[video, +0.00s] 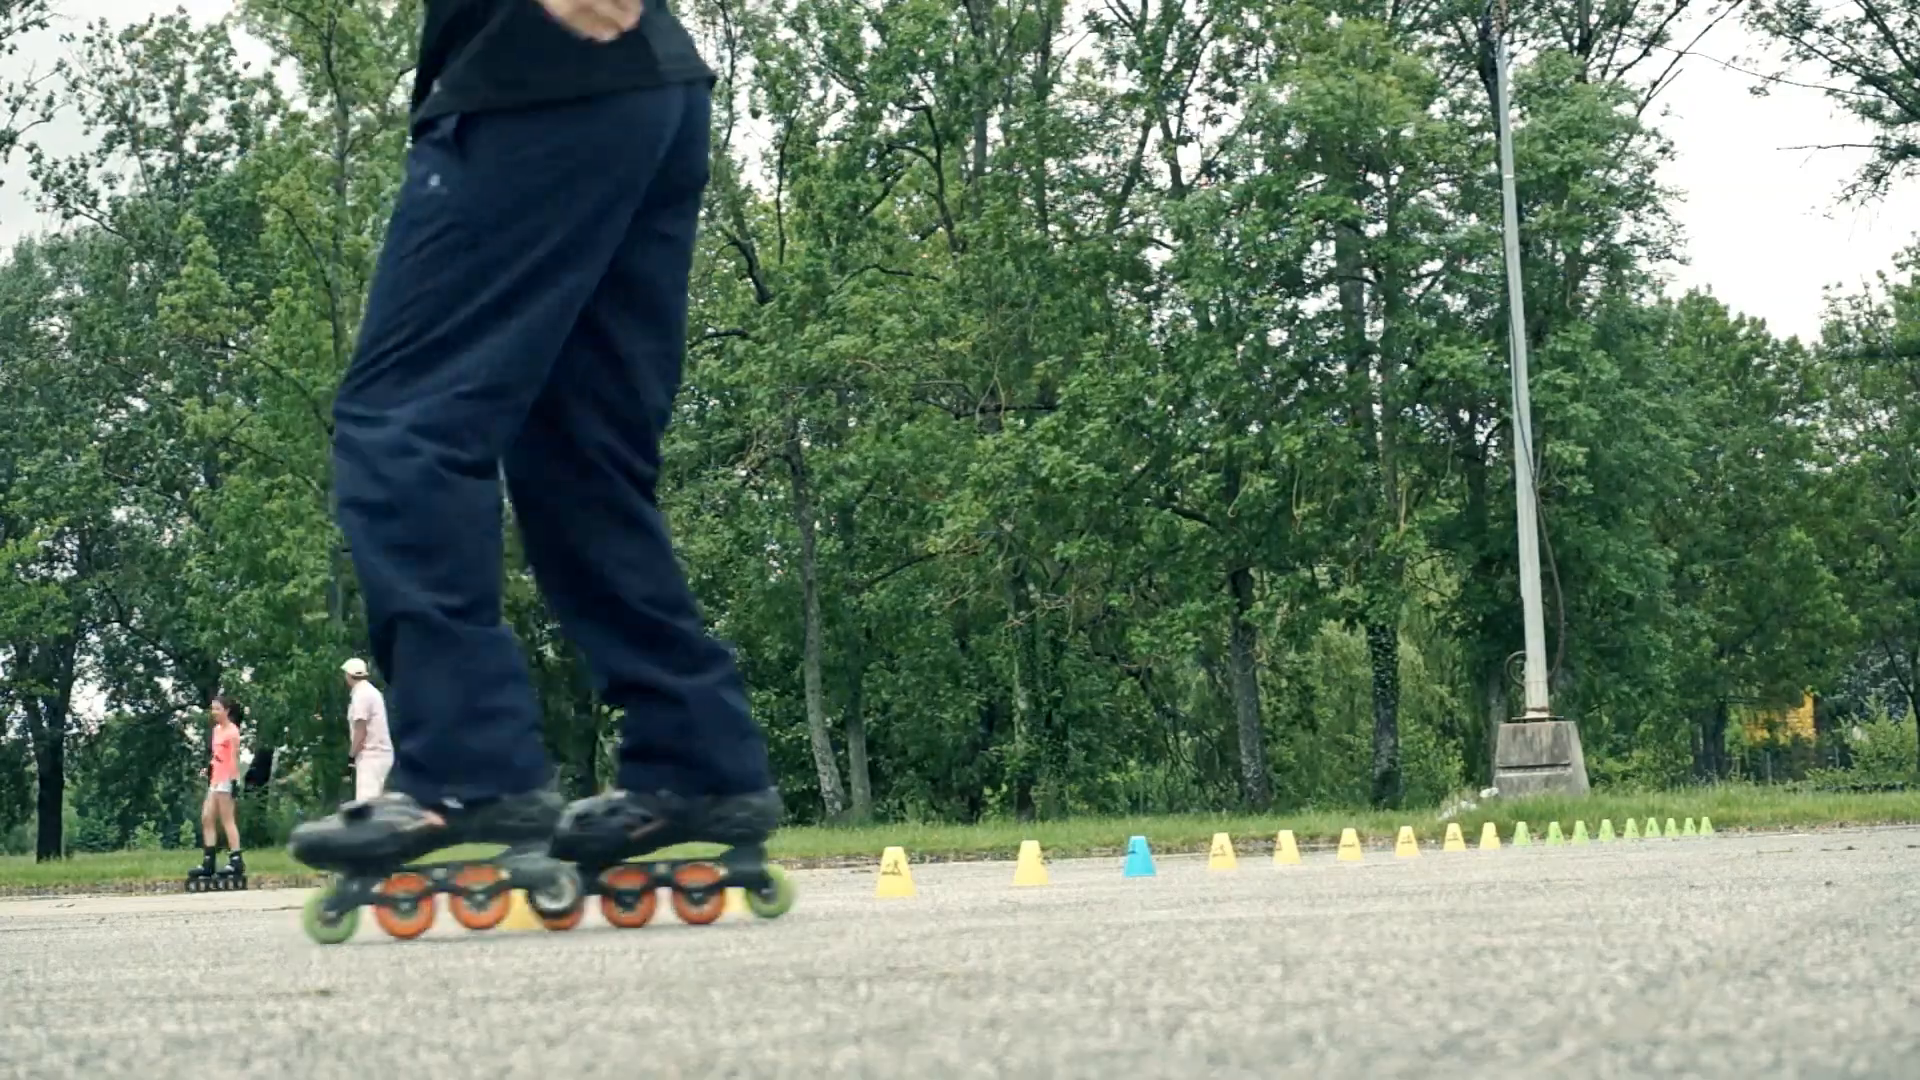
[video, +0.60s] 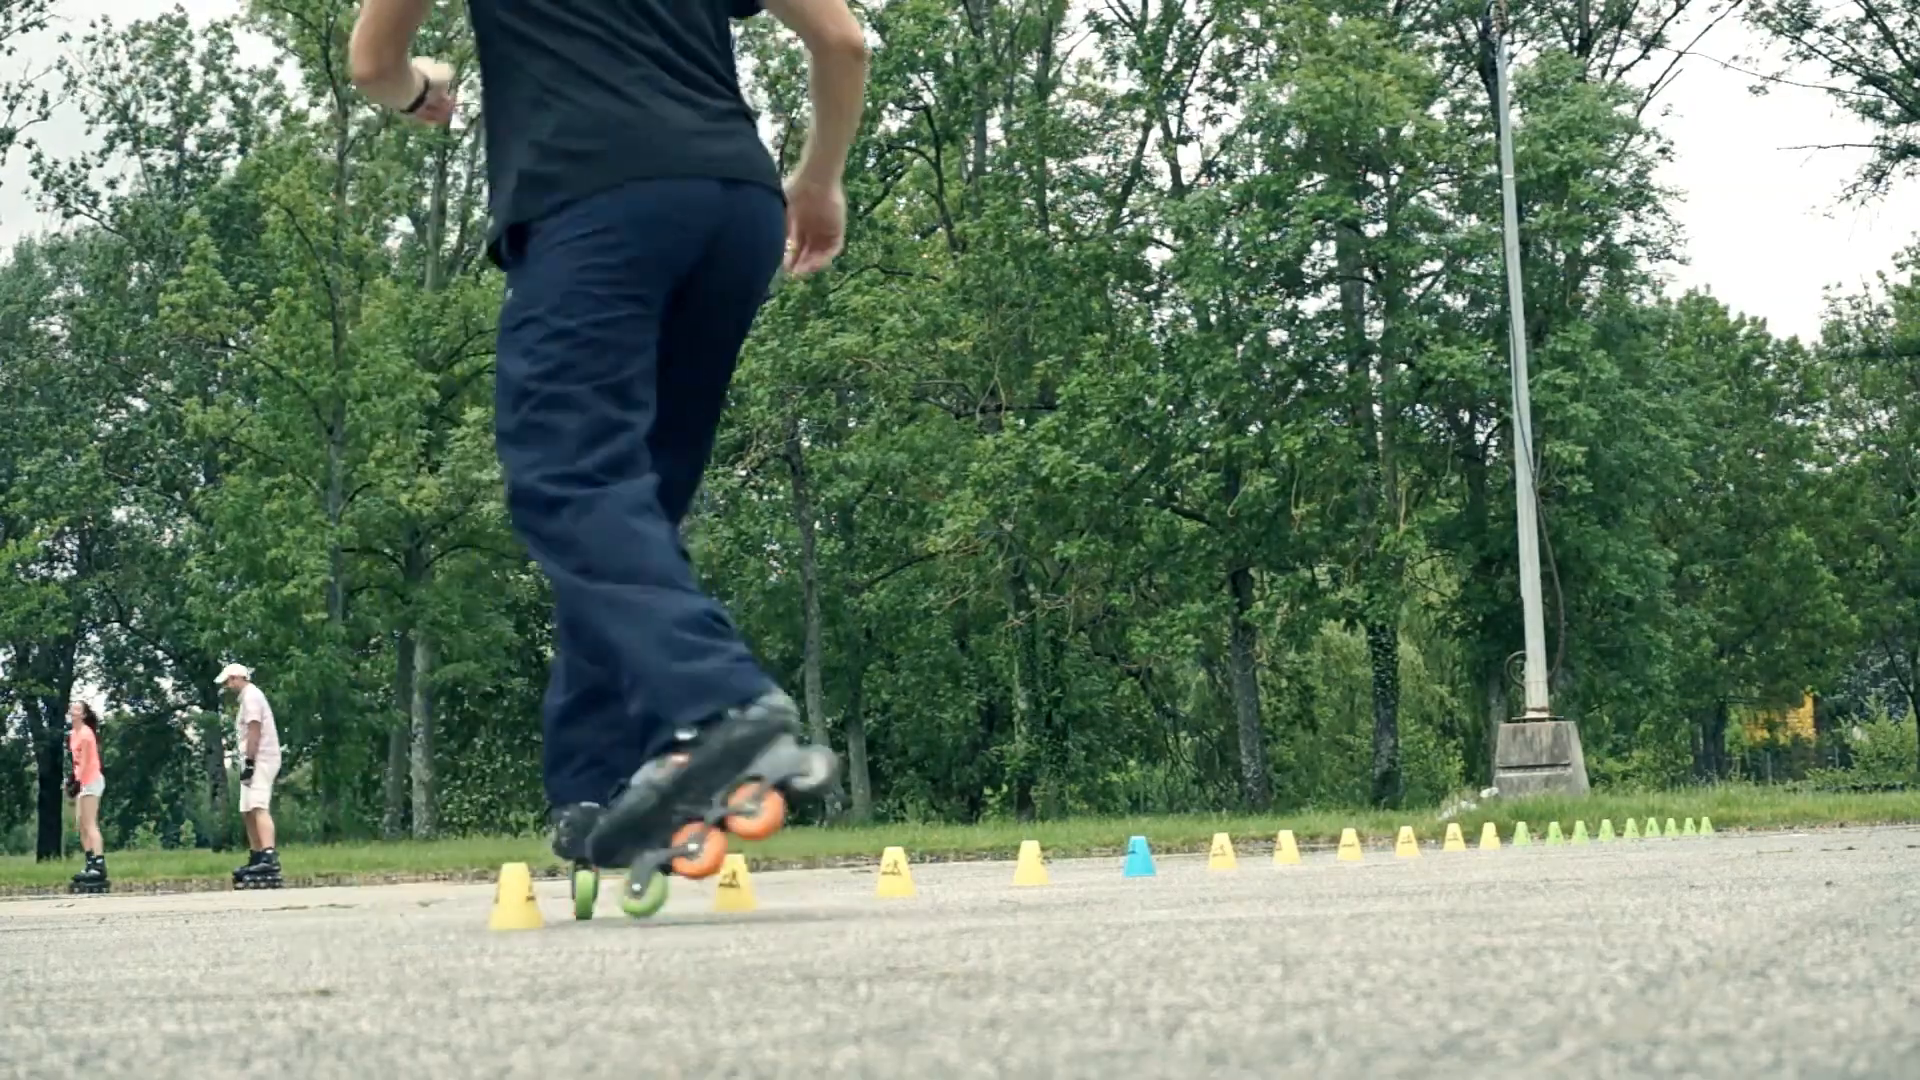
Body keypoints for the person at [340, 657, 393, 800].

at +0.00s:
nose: (345, 678)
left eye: (346, 674)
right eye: (345, 674)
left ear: (349, 676)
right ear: (363, 674)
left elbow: (360, 728)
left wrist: (352, 754)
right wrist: (355, 752)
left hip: (371, 754)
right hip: (381, 752)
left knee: (365, 801)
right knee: (371, 801)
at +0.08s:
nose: (329, 678)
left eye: (330, 675)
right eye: (331, 675)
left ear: (334, 675)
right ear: (347, 674)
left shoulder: (346, 693)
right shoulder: (352, 691)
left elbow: (346, 725)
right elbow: (349, 726)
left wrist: (340, 750)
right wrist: (342, 748)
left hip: (359, 753)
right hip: (358, 752)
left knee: (354, 803)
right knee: (347, 804)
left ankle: (363, 850)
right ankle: (355, 849)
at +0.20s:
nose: (305, 680)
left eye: (306, 676)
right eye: (306, 676)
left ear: (310, 677)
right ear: (322, 675)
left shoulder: (324, 694)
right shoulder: (324, 692)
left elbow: (324, 726)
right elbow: (323, 727)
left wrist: (319, 755)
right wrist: (318, 754)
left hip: (338, 753)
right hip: (332, 753)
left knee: (332, 803)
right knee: (323, 804)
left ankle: (342, 852)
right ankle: (331, 850)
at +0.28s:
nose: (288, 681)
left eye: (289, 677)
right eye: (289, 677)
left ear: (294, 677)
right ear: (306, 675)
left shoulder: (308, 694)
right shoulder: (309, 693)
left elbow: (310, 726)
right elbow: (308, 728)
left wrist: (305, 757)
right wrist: (303, 755)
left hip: (322, 754)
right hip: (316, 755)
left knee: (317, 805)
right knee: (307, 807)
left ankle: (327, 853)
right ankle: (315, 852)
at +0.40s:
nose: (263, 683)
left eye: (265, 679)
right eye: (263, 679)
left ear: (274, 677)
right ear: (275, 678)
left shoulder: (287, 694)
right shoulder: (283, 696)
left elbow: (290, 729)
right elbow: (285, 730)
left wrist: (286, 758)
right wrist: (278, 756)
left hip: (299, 755)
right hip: (289, 755)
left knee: (295, 805)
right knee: (284, 807)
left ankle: (304, 852)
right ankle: (294, 851)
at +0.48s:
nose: (249, 684)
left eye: (251, 679)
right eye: (248, 680)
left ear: (261, 677)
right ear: (257, 679)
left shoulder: (272, 695)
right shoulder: (267, 697)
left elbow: (276, 729)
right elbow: (268, 732)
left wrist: (272, 760)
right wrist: (260, 761)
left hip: (284, 756)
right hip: (273, 756)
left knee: (280, 805)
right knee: (269, 808)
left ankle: (290, 853)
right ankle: (279, 853)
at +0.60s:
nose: (227, 686)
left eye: (228, 681)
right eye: (226, 682)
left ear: (238, 677)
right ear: (236, 679)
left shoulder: (251, 695)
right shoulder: (247, 697)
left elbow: (254, 728)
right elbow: (251, 731)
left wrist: (249, 760)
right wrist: (247, 759)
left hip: (263, 756)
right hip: (253, 756)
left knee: (258, 806)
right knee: (247, 809)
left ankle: (268, 854)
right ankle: (256, 855)